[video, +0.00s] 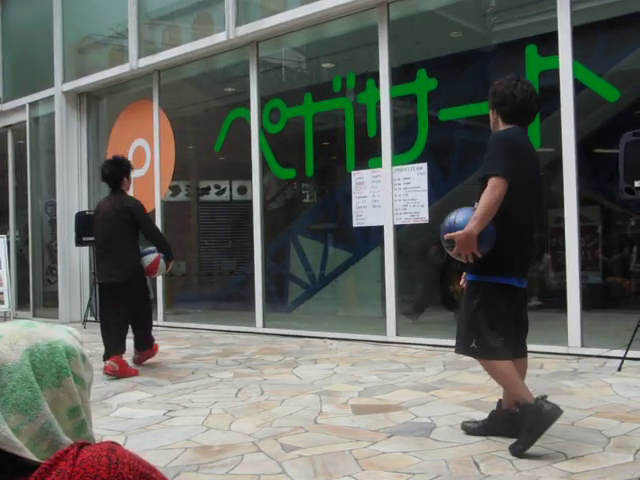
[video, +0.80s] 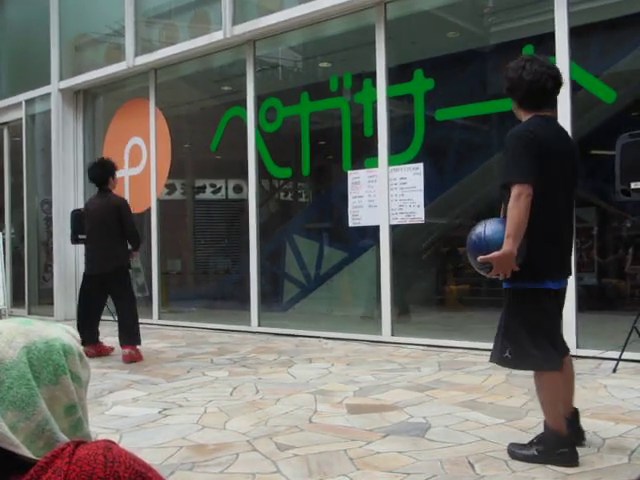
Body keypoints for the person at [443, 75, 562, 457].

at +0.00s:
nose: (488, 114)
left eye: (489, 109)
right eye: (491, 109)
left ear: (495, 112)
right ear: (527, 114)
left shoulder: (503, 142)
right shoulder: (526, 149)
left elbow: (496, 190)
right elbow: (514, 214)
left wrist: (469, 232)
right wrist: (476, 256)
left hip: (495, 265)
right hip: (516, 264)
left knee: (478, 340)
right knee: (513, 340)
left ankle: (532, 408)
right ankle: (506, 413)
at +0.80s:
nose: (506, 95)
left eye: (509, 89)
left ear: (513, 96)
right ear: (554, 94)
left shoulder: (523, 136)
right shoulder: (562, 138)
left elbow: (523, 193)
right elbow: (557, 203)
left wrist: (509, 247)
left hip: (534, 263)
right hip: (555, 262)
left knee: (542, 350)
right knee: (552, 343)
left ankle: (556, 439)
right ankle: (566, 421)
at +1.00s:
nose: (522, 88)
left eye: (525, 83)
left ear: (527, 93)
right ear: (569, 93)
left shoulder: (524, 138)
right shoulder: (580, 137)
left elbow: (512, 196)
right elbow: (577, 201)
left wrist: (489, 247)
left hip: (534, 265)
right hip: (574, 261)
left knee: (545, 351)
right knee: (585, 344)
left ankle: (556, 439)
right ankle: (606, 431)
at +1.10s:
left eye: (533, 84)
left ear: (535, 92)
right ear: (578, 93)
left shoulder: (528, 139)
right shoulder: (590, 139)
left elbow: (506, 199)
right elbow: (596, 208)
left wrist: (479, 247)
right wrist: (579, 242)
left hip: (537, 268)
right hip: (583, 265)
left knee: (547, 351)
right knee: (596, 346)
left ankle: (556, 439)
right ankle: (607, 432)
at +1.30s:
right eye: (598, 87)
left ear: (553, 92)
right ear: (596, 93)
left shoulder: (537, 140)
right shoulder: (610, 142)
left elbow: (508, 197)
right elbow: (623, 210)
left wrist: (478, 242)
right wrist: (619, 260)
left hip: (553, 269)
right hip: (600, 266)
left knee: (552, 352)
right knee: (607, 348)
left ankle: (556, 440)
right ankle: (608, 434)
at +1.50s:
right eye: (611, 89)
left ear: (568, 94)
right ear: (611, 94)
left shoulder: (555, 139)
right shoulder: (627, 139)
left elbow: (521, 195)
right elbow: (635, 204)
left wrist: (496, 240)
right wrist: (633, 250)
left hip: (566, 266)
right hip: (617, 263)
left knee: (550, 344)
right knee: (617, 347)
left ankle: (553, 431)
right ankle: (610, 433)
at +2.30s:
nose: (561, 104)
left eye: (563, 100)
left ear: (565, 105)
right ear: (606, 108)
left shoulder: (551, 146)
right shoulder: (616, 153)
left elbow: (517, 199)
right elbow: (623, 216)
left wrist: (486, 237)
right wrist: (616, 257)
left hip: (554, 266)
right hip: (599, 266)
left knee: (551, 338)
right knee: (605, 340)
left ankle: (553, 411)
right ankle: (607, 425)